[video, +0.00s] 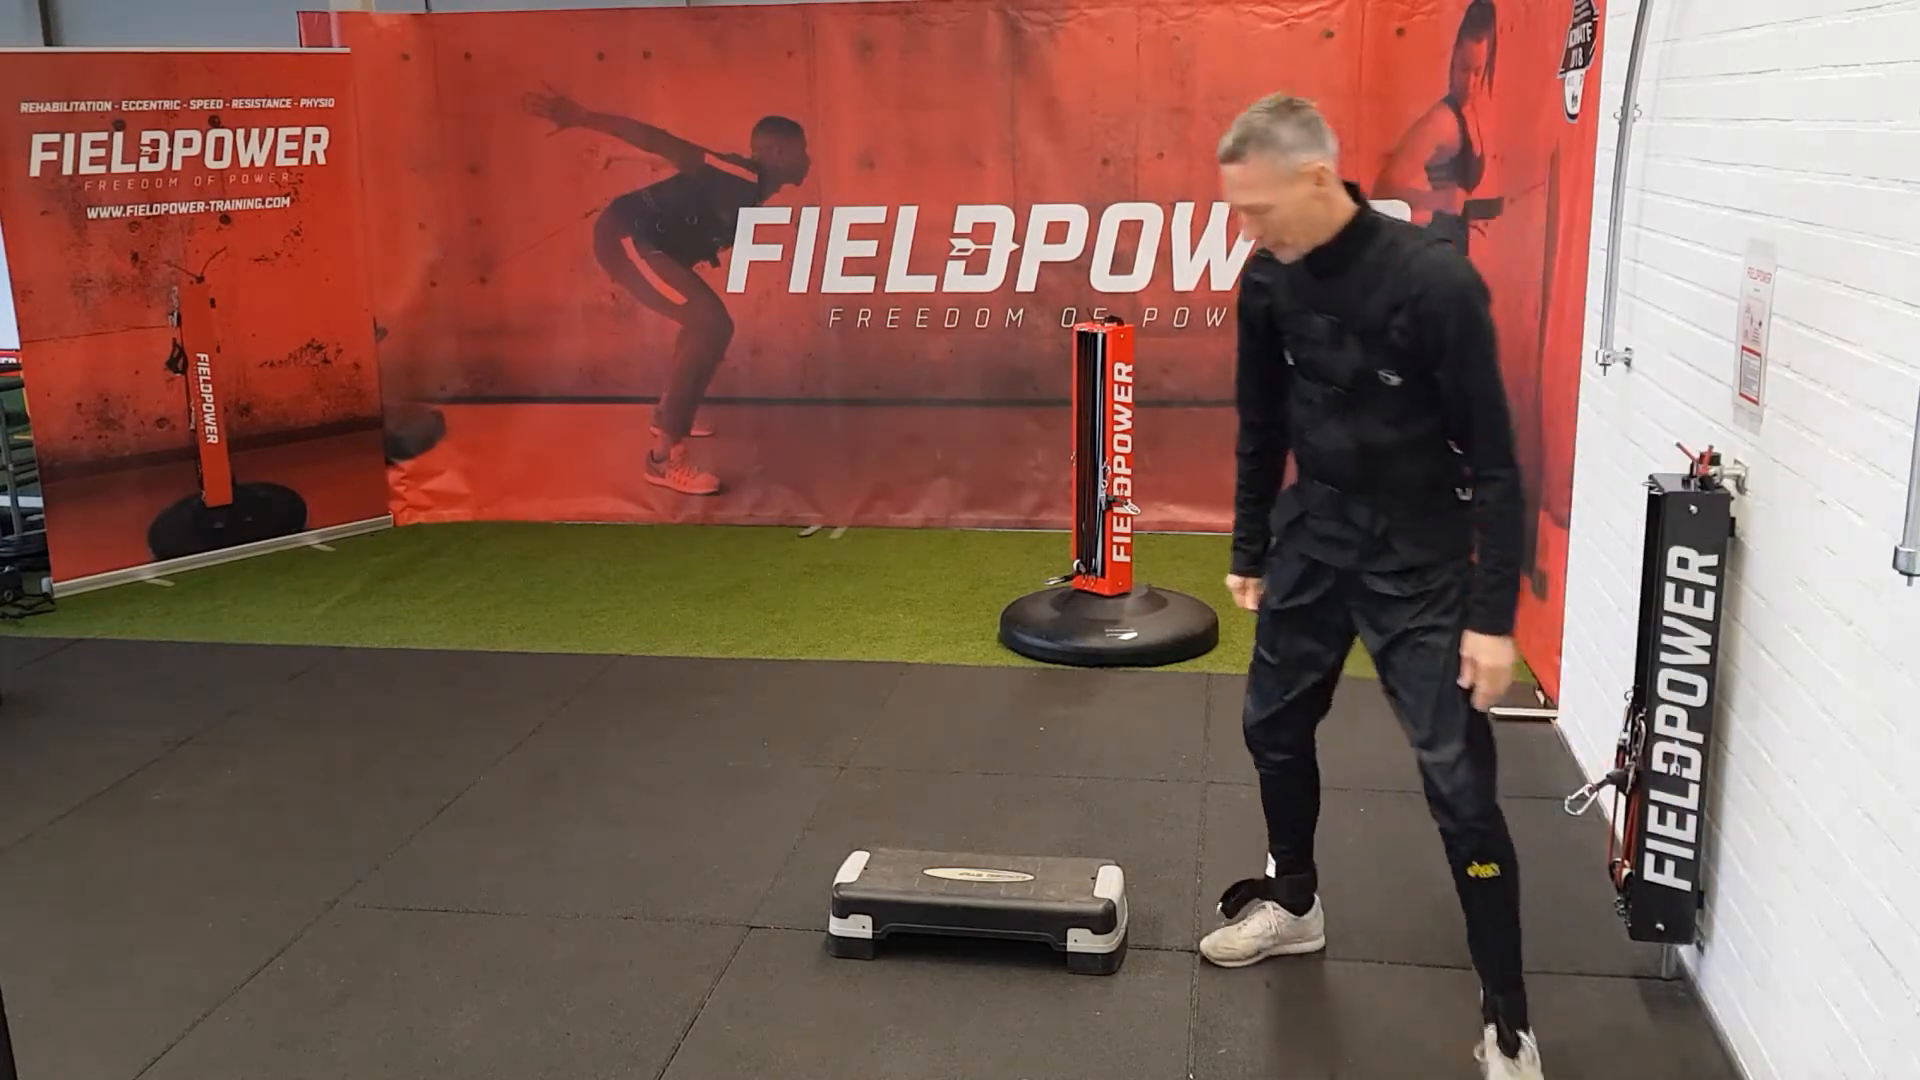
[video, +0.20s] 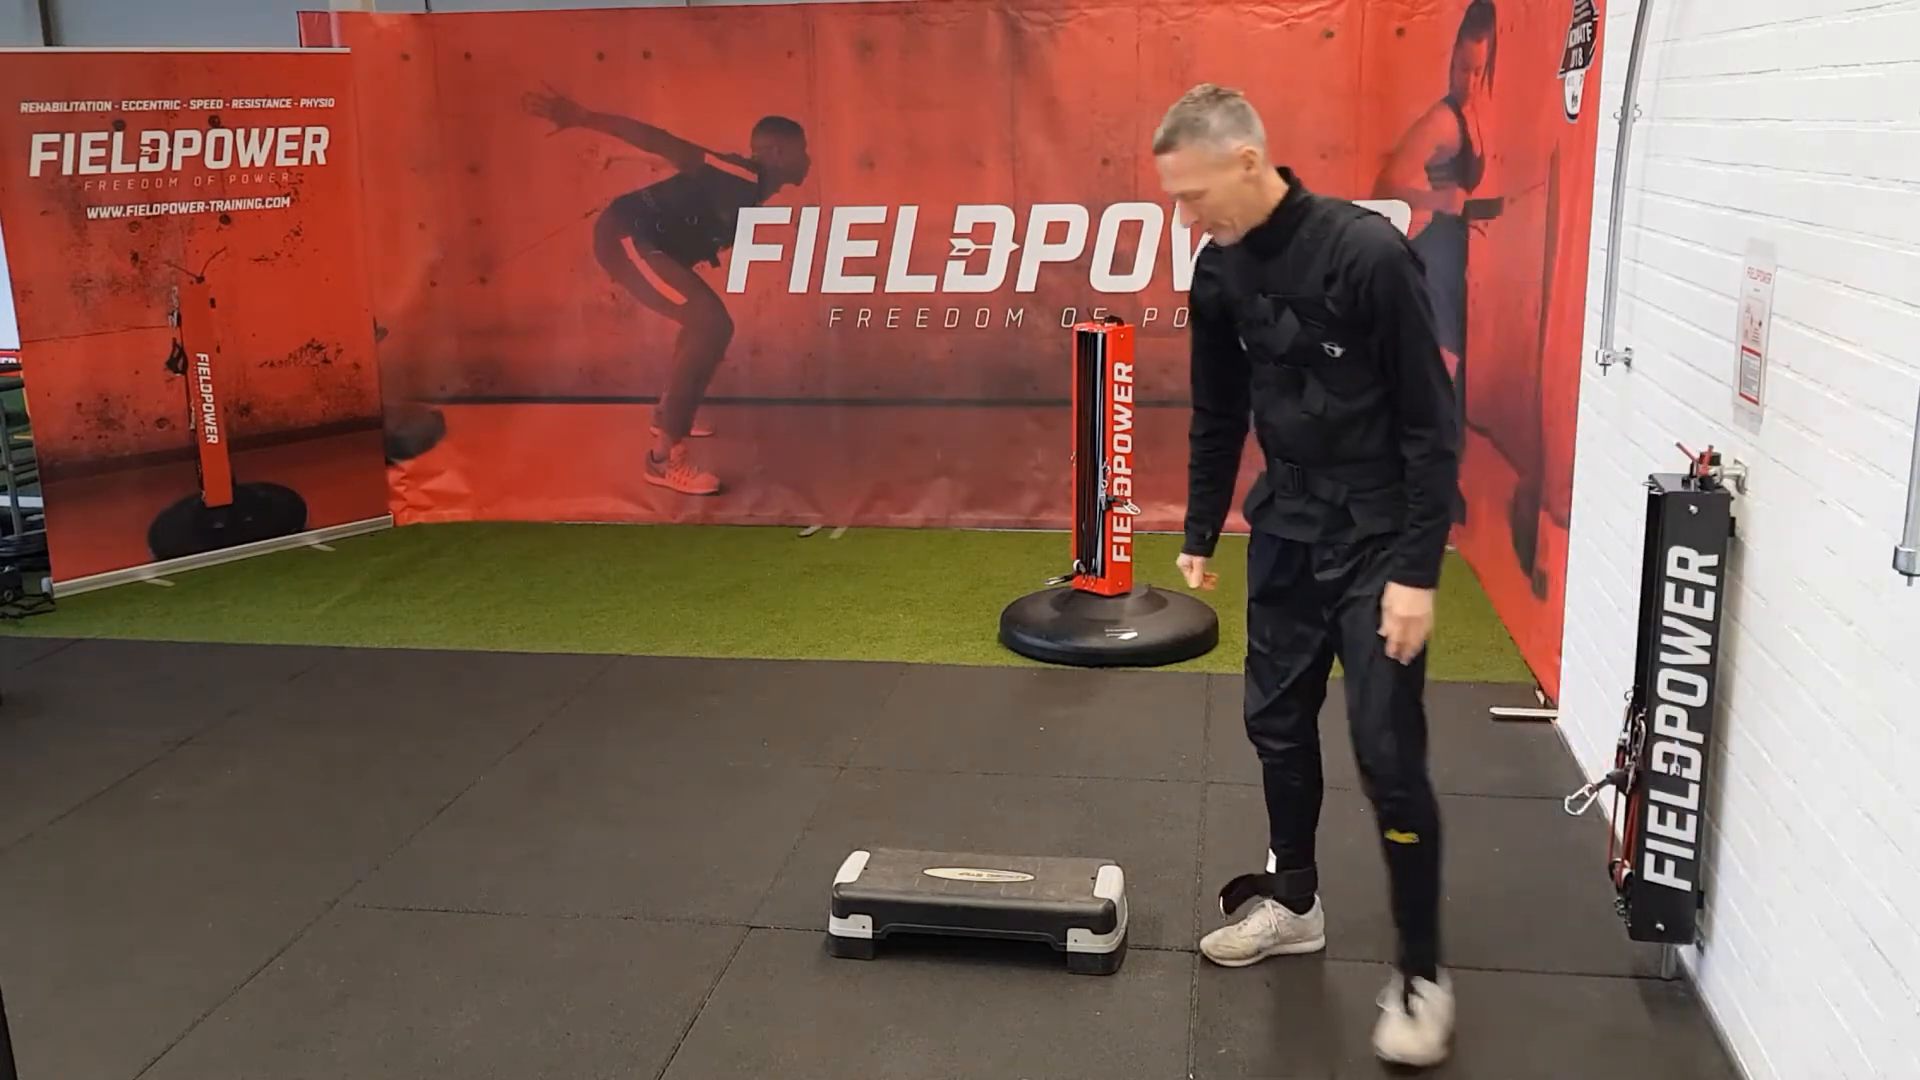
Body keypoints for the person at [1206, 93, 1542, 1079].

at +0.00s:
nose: (1247, 232)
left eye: (1259, 211)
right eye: (1238, 211)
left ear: (1322, 180)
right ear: (1251, 192)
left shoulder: (1434, 282)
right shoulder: (1269, 277)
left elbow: (1497, 461)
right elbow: (1259, 424)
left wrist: (1492, 619)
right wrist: (1250, 548)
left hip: (1423, 558)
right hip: (1311, 544)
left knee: (1459, 786)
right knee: (1274, 726)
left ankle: (1508, 1027)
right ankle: (1292, 900)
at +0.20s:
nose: (1186, 217)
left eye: (1196, 195)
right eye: (1176, 198)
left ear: (1254, 165)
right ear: (1206, 180)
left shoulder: (1367, 254)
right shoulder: (1219, 270)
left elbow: (1432, 422)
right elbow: (1216, 415)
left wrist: (1417, 572)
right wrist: (1200, 536)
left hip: (1385, 530)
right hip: (1288, 525)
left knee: (1387, 752)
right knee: (1280, 727)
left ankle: (1420, 972)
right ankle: (1292, 901)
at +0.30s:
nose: (1171, 218)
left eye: (1179, 197)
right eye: (1160, 201)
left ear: (1234, 164)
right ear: (1168, 185)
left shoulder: (1346, 247)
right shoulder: (1204, 270)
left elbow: (1416, 414)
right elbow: (1206, 412)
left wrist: (1394, 559)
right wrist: (1195, 532)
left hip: (1366, 526)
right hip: (1274, 523)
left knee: (1349, 741)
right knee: (1276, 725)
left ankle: (1359, 943)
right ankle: (1291, 901)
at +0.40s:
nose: (1158, 216)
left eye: (1165, 194)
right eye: (1148, 199)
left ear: (1219, 160)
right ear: (1187, 175)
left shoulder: (1332, 247)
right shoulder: (1198, 262)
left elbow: (1403, 416)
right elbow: (1205, 404)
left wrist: (1374, 555)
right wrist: (1202, 521)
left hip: (1346, 522)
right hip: (1259, 518)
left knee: (1327, 733)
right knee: (1263, 719)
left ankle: (1335, 927)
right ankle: (1290, 896)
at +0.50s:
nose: (1150, 214)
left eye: (1156, 194)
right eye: (1141, 197)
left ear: (1210, 161)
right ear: (1188, 172)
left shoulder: (1318, 257)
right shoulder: (1199, 252)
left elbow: (1386, 429)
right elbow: (1211, 397)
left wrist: (1355, 572)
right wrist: (1209, 512)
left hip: (1329, 526)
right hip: (1247, 522)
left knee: (1313, 731)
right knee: (1241, 715)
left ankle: (1333, 923)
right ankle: (1284, 887)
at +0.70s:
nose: (1129, 217)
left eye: (1136, 196)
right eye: (1119, 199)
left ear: (1189, 164)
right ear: (1164, 175)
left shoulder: (1291, 263)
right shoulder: (1185, 255)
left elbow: (1336, 438)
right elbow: (1217, 402)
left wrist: (1321, 596)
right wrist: (1199, 517)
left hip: (1296, 527)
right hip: (1216, 516)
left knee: (1294, 741)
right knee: (1154, 675)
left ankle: (1328, 924)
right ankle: (1229, 847)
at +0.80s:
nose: (1105, 219)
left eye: (1111, 198)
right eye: (1095, 202)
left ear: (1164, 165)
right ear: (1138, 177)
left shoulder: (1269, 264)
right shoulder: (1163, 262)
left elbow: (1316, 438)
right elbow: (1196, 407)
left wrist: (1298, 590)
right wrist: (1180, 522)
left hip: (1272, 531)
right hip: (1193, 520)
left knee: (1281, 741)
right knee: (1143, 677)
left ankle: (1327, 924)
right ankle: (1158, 843)